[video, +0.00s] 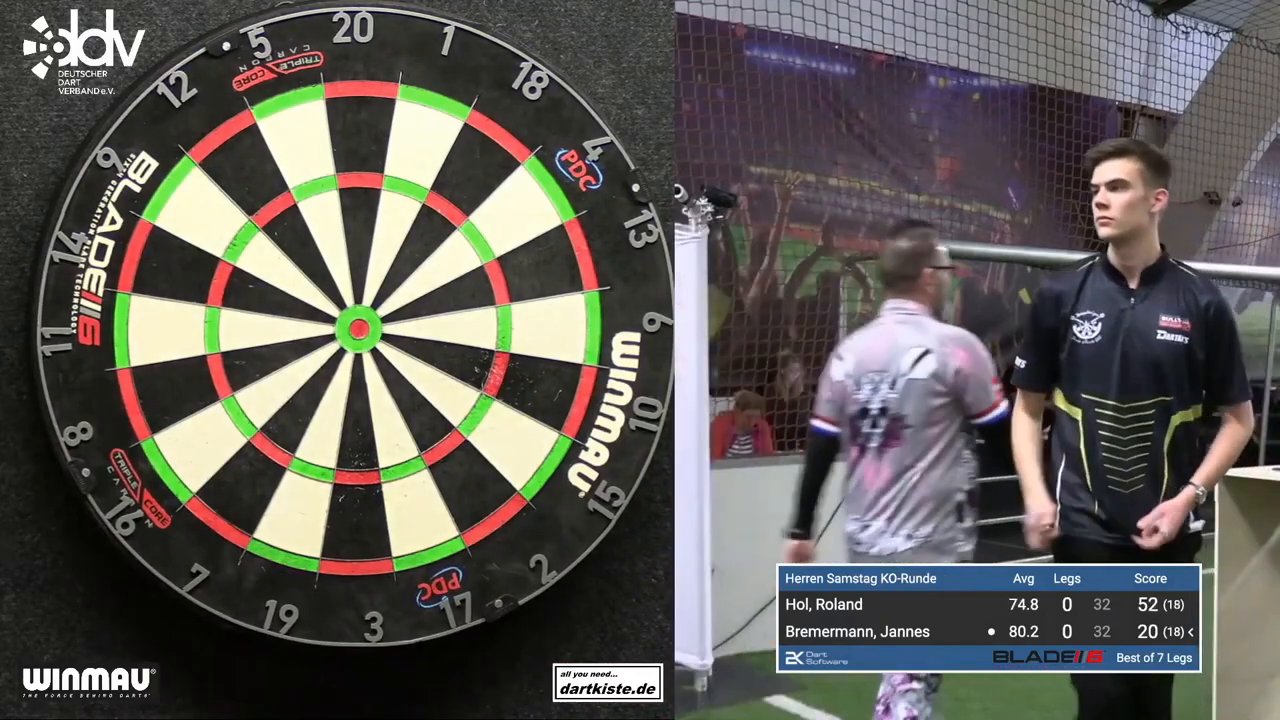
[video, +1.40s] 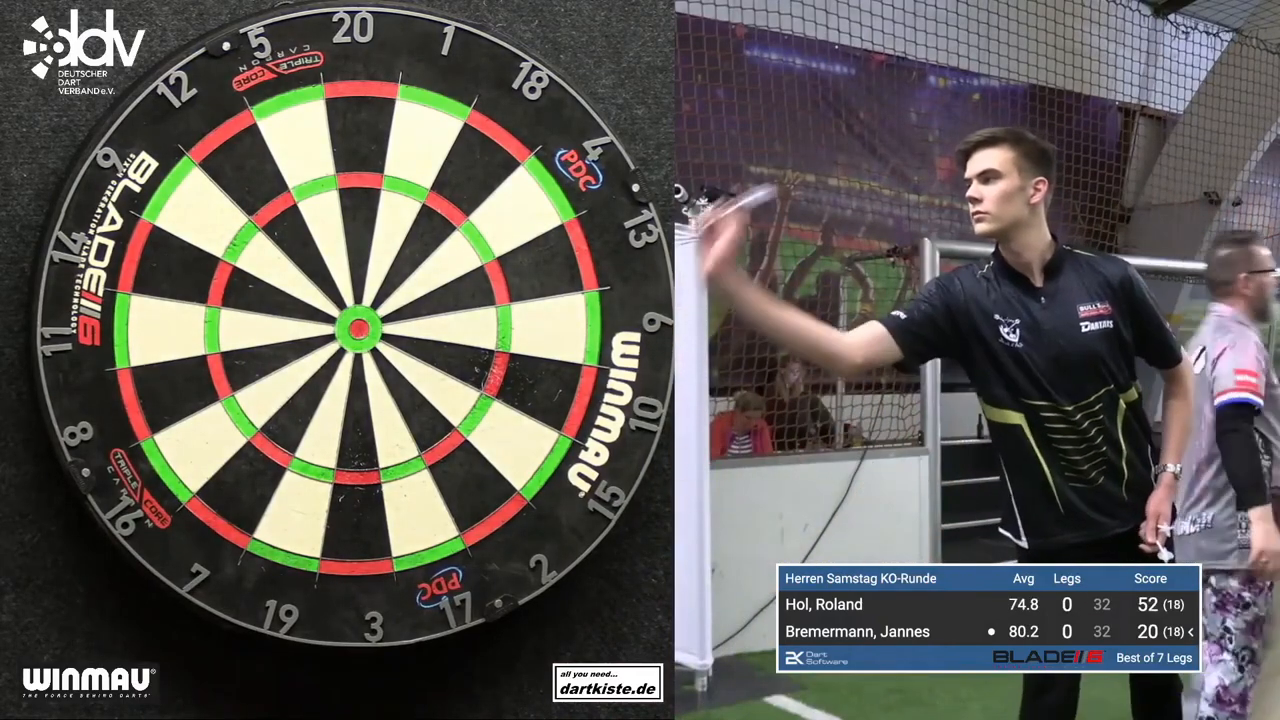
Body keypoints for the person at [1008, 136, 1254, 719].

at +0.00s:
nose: (1100, 200)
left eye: (1116, 188)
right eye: (1095, 190)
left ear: (1158, 201)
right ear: (1089, 203)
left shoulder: (1202, 305)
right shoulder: (1058, 298)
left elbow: (1239, 419)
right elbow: (1028, 409)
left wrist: (1186, 499)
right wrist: (1035, 496)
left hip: (1167, 536)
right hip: (1082, 533)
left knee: (1153, 693)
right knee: (1098, 694)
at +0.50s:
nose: (1036, 190)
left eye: (1053, 176)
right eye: (1031, 180)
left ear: (1100, 188)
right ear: (1027, 193)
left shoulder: (1154, 289)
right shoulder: (1007, 296)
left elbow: (1207, 397)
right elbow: (974, 424)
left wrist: (1180, 495)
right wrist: (939, 530)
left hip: (1141, 534)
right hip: (1052, 538)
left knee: (1147, 698)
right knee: (1058, 702)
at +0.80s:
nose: (993, 189)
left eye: (1011, 175)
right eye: (990, 179)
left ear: (1059, 185)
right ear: (987, 192)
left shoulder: (1124, 281)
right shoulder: (974, 306)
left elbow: (1190, 381)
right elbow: (929, 432)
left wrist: (1174, 483)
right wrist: (865, 546)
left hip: (1137, 534)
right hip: (1045, 546)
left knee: (1159, 695)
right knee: (1046, 703)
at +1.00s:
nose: (978, 193)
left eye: (996, 178)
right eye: (976, 182)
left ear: (1045, 190)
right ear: (976, 196)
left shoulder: (1116, 280)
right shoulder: (965, 305)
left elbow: (1186, 374)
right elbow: (891, 408)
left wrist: (1175, 479)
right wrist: (799, 520)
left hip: (1140, 527)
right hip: (1049, 541)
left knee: (1162, 692)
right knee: (1051, 699)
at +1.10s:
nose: (976, 193)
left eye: (993, 178)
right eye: (972, 183)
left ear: (1042, 189)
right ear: (970, 198)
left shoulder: (1114, 279)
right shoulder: (964, 299)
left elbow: (1182, 371)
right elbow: (864, 384)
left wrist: (1174, 478)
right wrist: (753, 463)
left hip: (1145, 526)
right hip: (1054, 543)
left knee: (1164, 694)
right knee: (1050, 703)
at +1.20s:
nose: (974, 192)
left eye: (991, 178)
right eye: (970, 183)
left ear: (1040, 190)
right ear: (972, 198)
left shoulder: (1111, 279)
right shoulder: (962, 297)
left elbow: (1182, 374)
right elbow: (844, 364)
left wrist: (1171, 480)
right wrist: (714, 377)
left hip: (1141, 528)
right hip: (1049, 544)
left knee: (1163, 695)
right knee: (1049, 704)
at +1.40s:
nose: (972, 193)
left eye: (988, 178)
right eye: (969, 183)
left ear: (1039, 190)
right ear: (967, 198)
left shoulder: (1109, 280)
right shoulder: (961, 295)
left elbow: (1178, 378)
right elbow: (849, 352)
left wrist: (1167, 481)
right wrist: (725, 277)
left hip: (1138, 527)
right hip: (1047, 541)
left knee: (1161, 692)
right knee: (1049, 700)